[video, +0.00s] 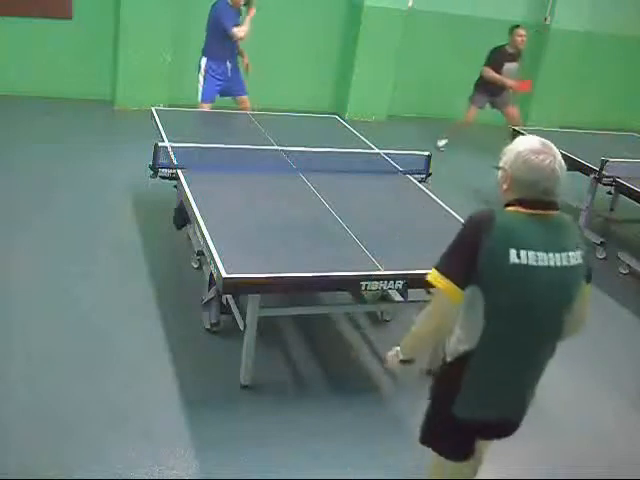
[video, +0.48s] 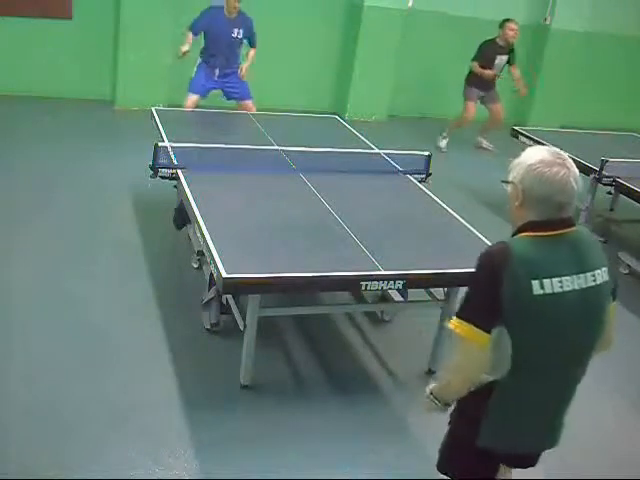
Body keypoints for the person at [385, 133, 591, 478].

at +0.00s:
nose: (499, 177)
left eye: (501, 172)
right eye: (502, 170)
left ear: (507, 182)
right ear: (554, 182)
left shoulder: (485, 227)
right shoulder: (570, 232)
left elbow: (442, 312)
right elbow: (575, 319)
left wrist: (405, 353)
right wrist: (531, 336)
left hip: (471, 374)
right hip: (524, 372)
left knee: (450, 459)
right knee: (476, 443)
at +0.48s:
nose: (507, 192)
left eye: (510, 185)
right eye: (510, 184)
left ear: (520, 196)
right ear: (569, 198)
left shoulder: (502, 259)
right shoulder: (591, 248)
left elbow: (472, 360)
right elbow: (603, 338)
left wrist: (440, 393)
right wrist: (549, 359)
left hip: (491, 412)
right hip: (549, 407)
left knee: (466, 469)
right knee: (504, 463)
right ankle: (502, 470)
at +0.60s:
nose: (519, 194)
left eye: (521, 186)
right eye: (520, 186)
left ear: (532, 197)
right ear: (580, 202)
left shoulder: (517, 260)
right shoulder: (601, 248)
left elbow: (484, 362)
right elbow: (611, 338)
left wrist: (441, 396)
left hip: (497, 415)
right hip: (555, 410)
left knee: (472, 471)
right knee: (520, 471)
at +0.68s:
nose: (525, 195)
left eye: (527, 188)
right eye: (526, 186)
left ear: (538, 197)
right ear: (588, 200)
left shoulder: (522, 259)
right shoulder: (605, 247)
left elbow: (489, 363)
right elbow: (617, 337)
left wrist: (443, 397)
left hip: (500, 421)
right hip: (558, 419)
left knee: (475, 471)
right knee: (529, 474)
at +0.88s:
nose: (536, 195)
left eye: (538, 187)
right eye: (537, 186)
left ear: (549, 196)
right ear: (600, 199)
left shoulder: (534, 253)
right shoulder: (620, 250)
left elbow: (503, 360)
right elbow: (631, 343)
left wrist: (457, 394)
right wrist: (585, 367)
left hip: (514, 416)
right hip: (574, 419)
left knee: (466, 469)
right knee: (542, 474)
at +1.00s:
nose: (537, 194)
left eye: (539, 186)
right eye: (538, 185)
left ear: (550, 195)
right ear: (602, 197)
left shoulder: (535, 249)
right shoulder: (622, 251)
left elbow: (505, 359)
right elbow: (630, 347)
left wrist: (459, 389)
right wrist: (584, 372)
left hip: (513, 417)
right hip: (576, 419)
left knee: (471, 467)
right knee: (544, 473)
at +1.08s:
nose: (536, 193)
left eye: (538, 186)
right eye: (537, 185)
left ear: (548, 194)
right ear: (601, 196)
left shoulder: (532, 247)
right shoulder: (620, 250)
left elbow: (505, 354)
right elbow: (629, 346)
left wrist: (458, 384)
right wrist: (583, 365)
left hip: (511, 410)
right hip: (573, 413)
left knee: (472, 463)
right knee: (541, 472)